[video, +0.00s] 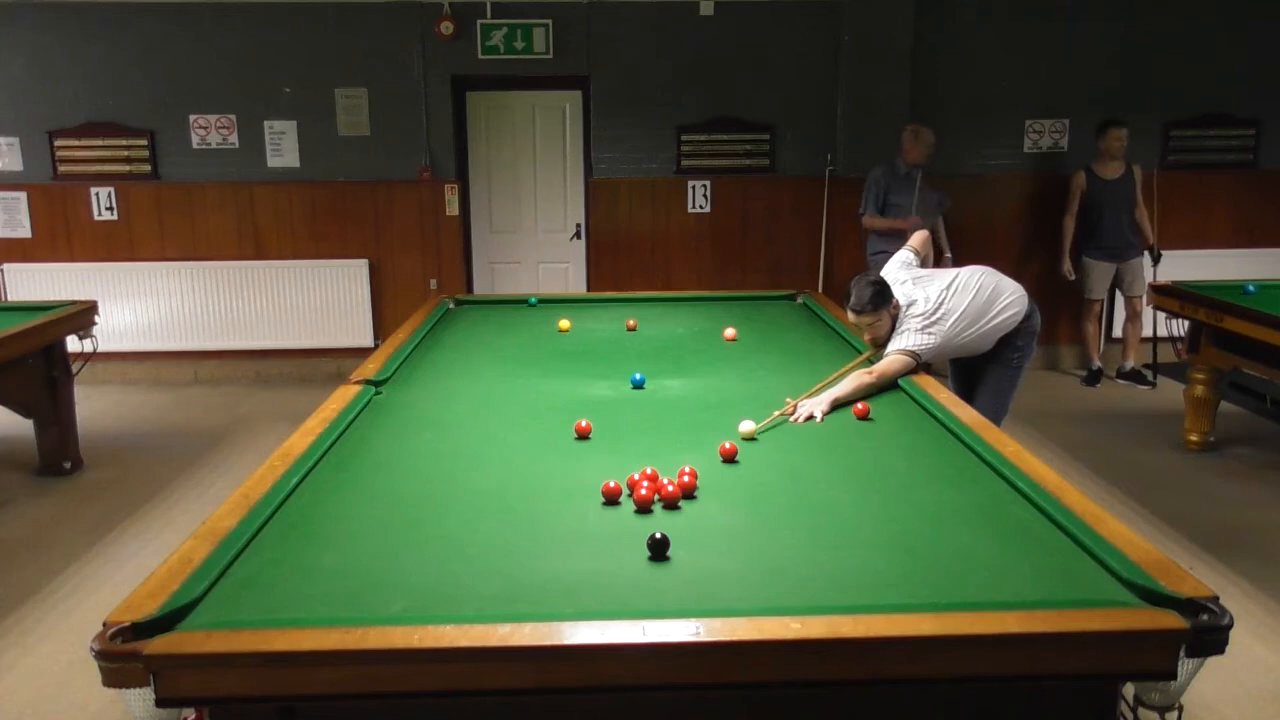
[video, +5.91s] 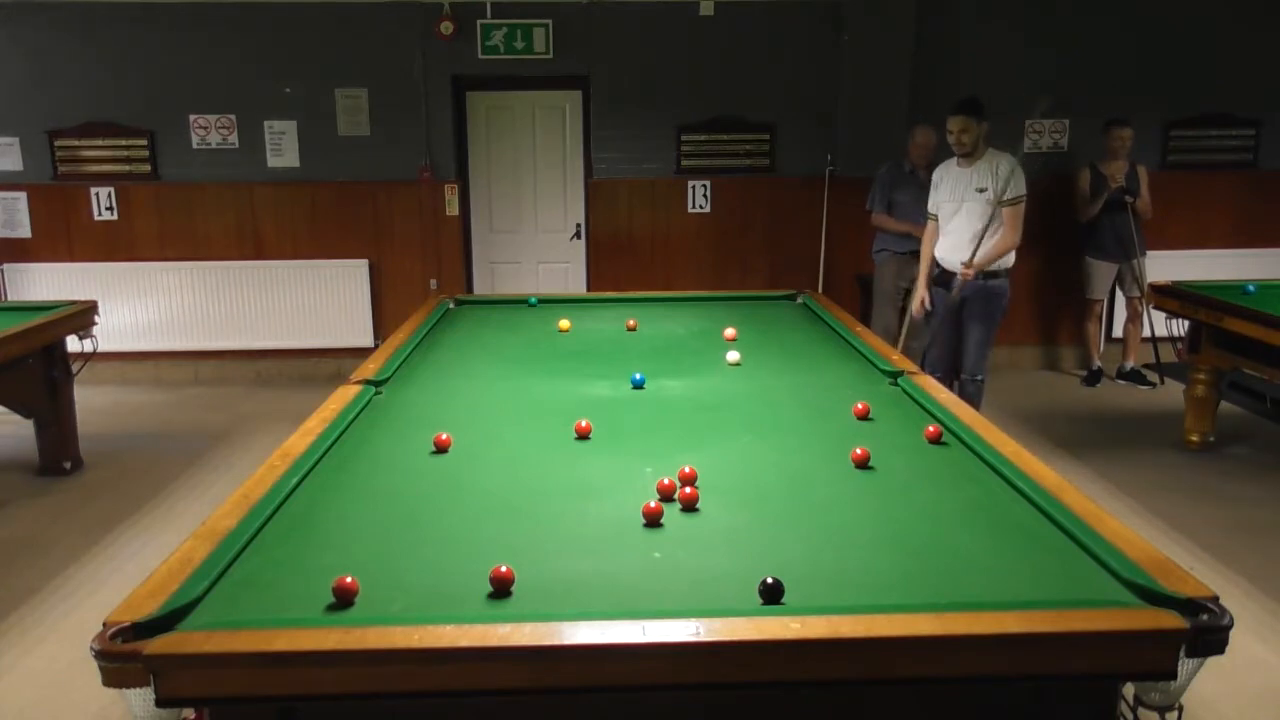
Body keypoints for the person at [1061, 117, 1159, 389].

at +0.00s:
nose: (1121, 144)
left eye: (1124, 139)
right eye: (1116, 139)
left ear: (1127, 142)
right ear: (1101, 142)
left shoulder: (1133, 171)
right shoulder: (1083, 176)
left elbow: (1139, 209)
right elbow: (1070, 217)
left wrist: (1151, 242)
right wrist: (1066, 256)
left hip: (1130, 253)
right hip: (1096, 254)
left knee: (1135, 310)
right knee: (1093, 310)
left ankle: (1127, 366)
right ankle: (1094, 365)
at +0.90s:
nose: (1117, 151)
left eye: (1121, 145)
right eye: (1113, 145)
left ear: (1126, 145)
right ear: (1102, 144)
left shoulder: (1134, 172)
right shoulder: (1085, 175)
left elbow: (1141, 207)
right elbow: (1072, 214)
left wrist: (1147, 226)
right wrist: (1086, 227)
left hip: (1130, 252)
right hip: (1098, 253)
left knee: (1136, 310)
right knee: (1094, 311)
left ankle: (1128, 366)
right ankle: (1094, 365)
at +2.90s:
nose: (1121, 147)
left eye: (1124, 142)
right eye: (1116, 141)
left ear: (1129, 143)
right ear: (1104, 141)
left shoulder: (1135, 172)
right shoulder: (1087, 174)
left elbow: (1146, 212)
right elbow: (1082, 215)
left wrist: (1132, 196)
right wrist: (1105, 192)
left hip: (1130, 251)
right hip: (1098, 251)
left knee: (1135, 309)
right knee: (1093, 309)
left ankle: (1128, 366)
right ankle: (1094, 364)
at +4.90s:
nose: (1117, 142)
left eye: (1121, 137)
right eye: (1112, 137)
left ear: (1128, 140)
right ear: (1104, 140)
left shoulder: (1138, 171)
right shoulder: (1089, 172)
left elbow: (1146, 211)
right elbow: (1082, 214)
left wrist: (1130, 196)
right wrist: (1105, 191)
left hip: (1131, 250)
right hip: (1099, 250)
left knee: (1135, 309)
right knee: (1093, 309)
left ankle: (1128, 366)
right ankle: (1094, 365)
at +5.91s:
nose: (1124, 145)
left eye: (1128, 140)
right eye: (1118, 139)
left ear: (1132, 142)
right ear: (1106, 140)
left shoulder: (1138, 171)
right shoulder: (1089, 172)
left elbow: (1147, 211)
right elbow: (1083, 214)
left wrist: (1131, 197)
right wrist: (1107, 191)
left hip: (1132, 251)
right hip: (1099, 251)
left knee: (1136, 309)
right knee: (1094, 310)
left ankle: (1128, 366)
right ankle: (1094, 365)